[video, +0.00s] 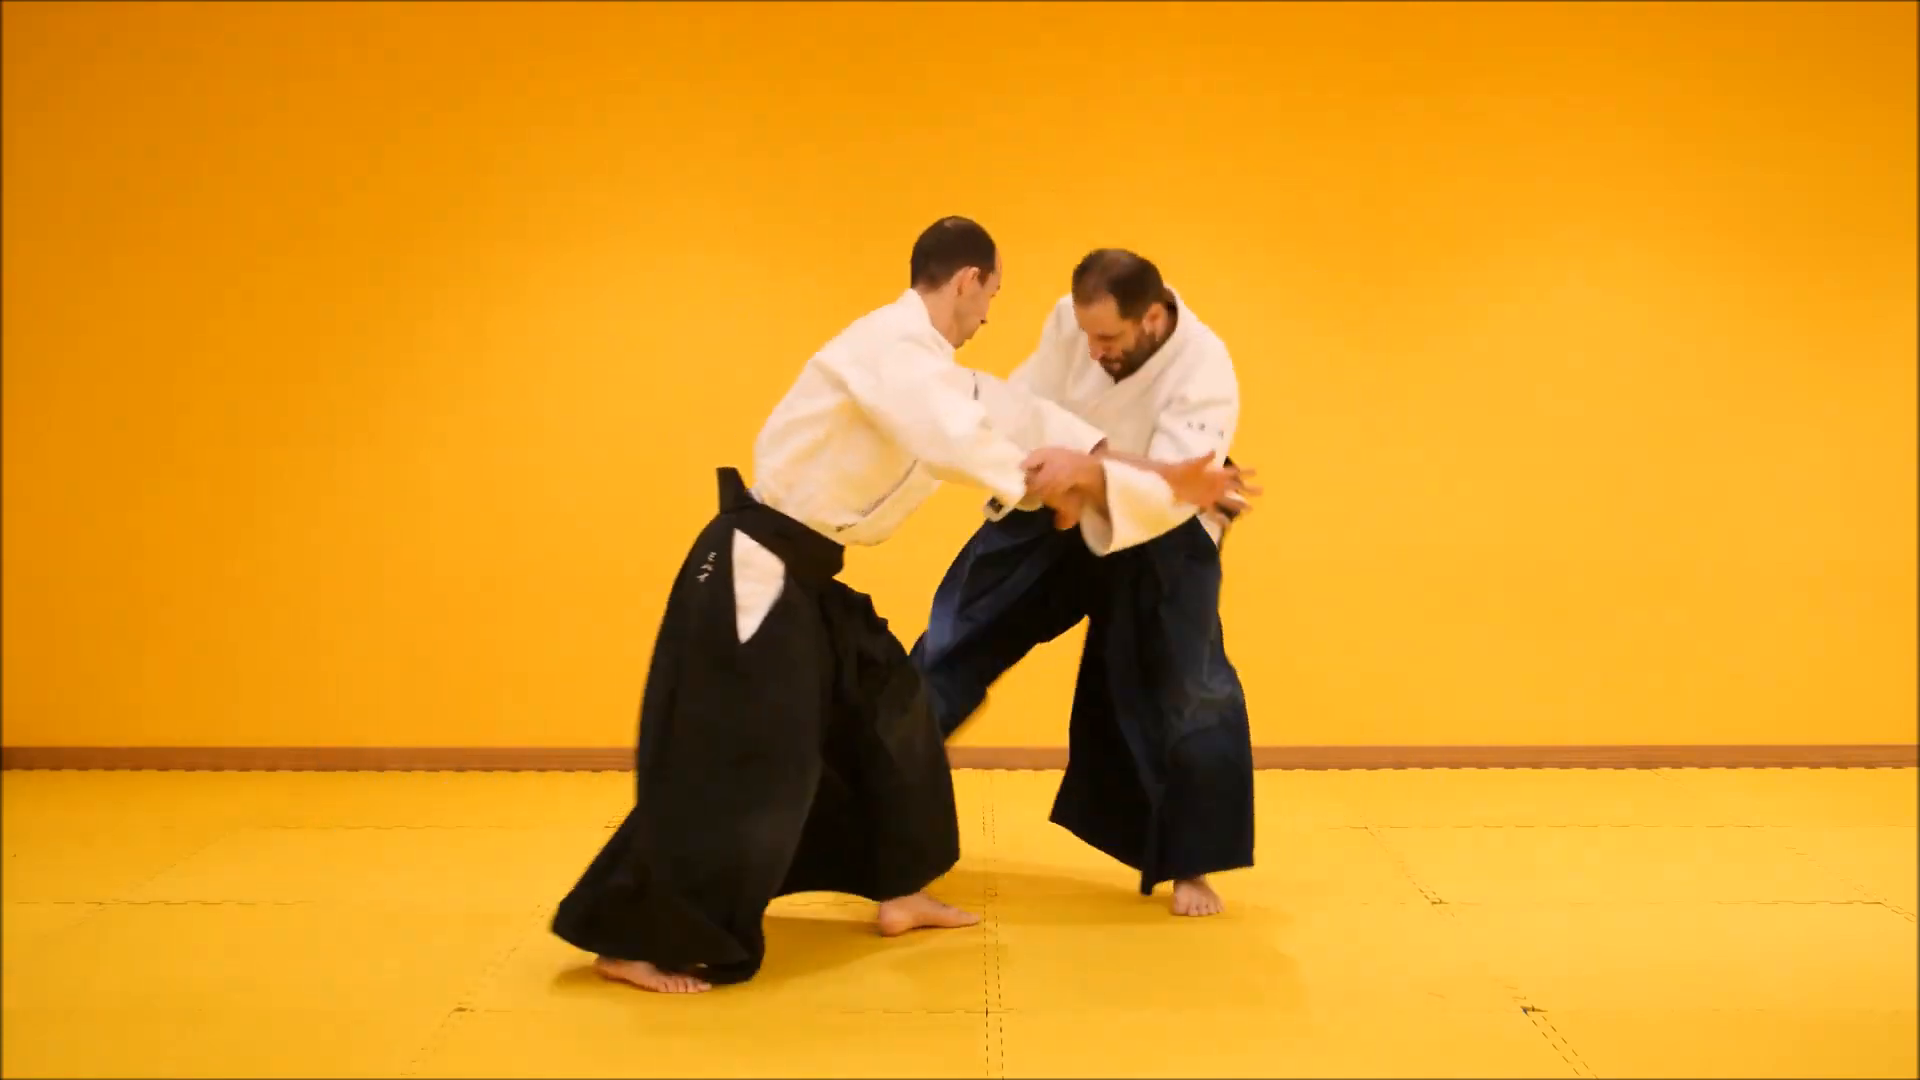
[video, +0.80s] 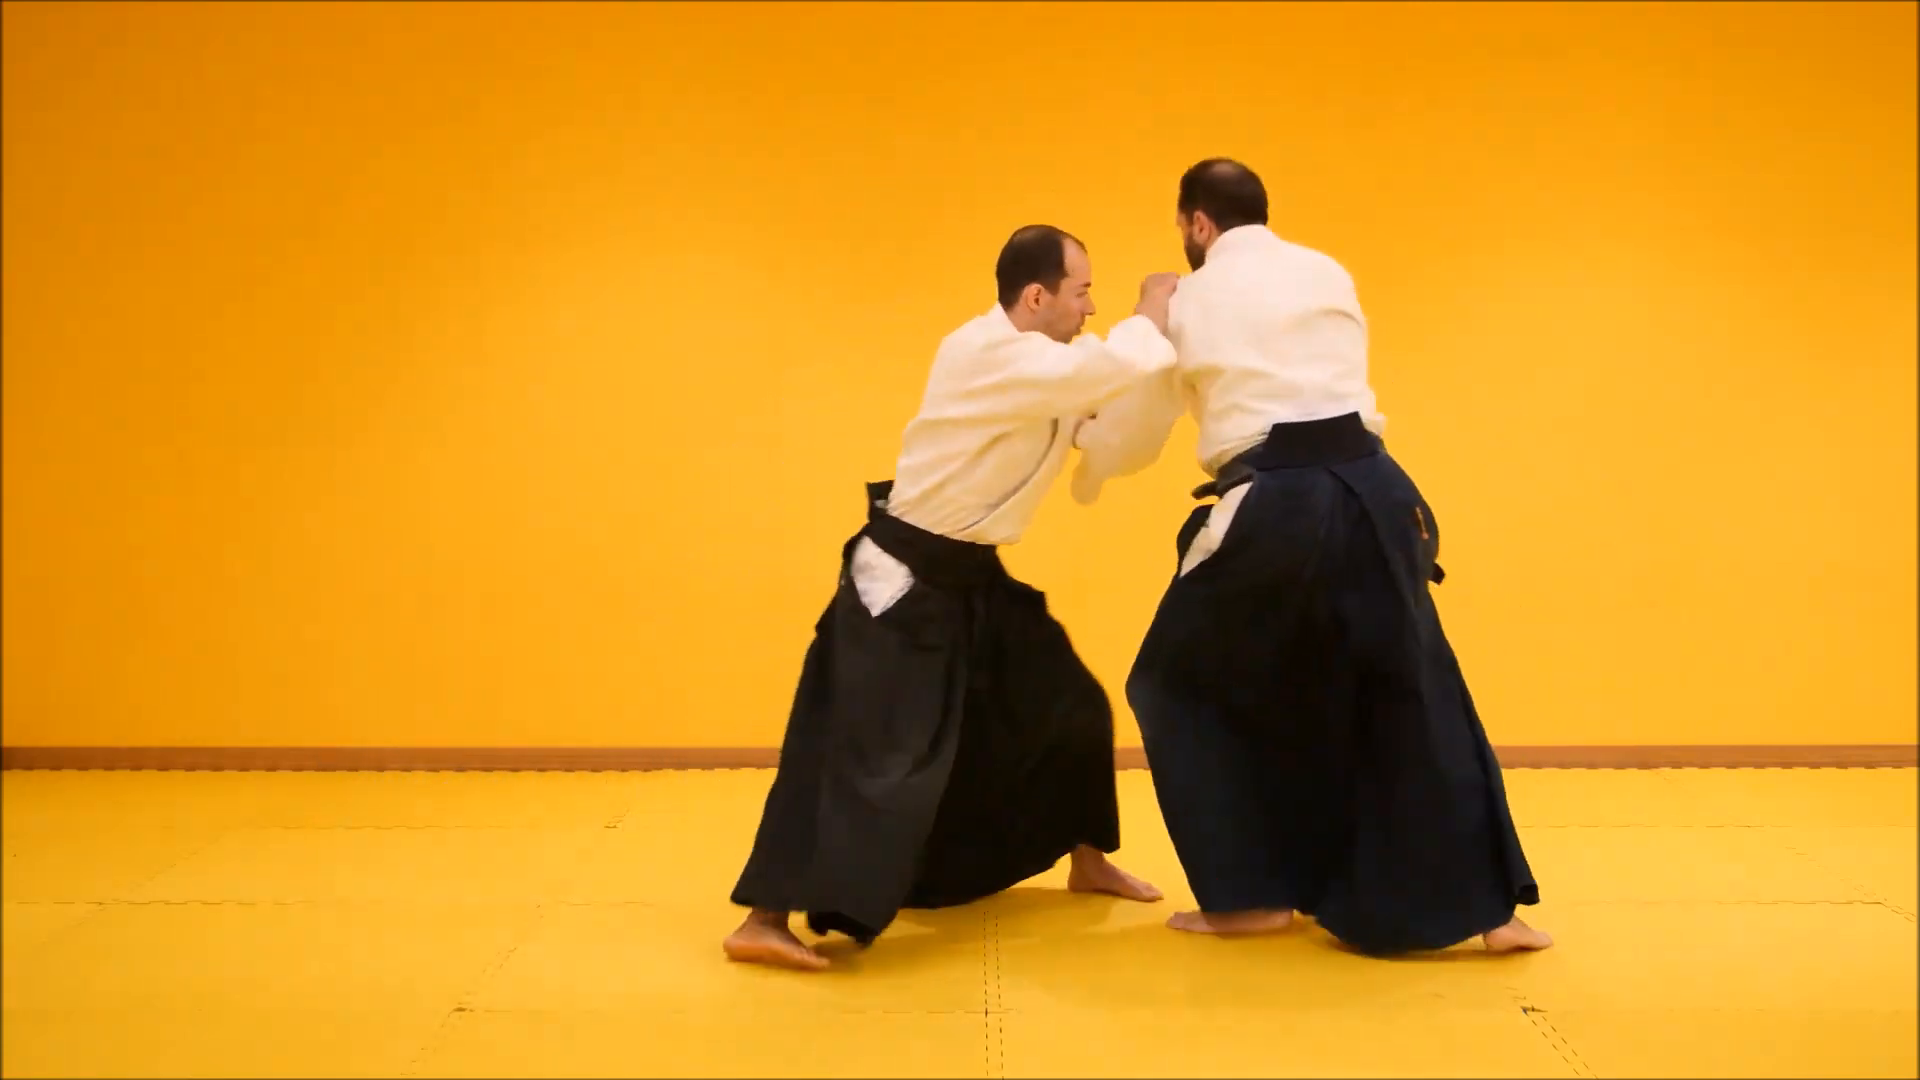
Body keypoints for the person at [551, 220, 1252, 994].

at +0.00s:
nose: (993, 308)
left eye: (993, 295)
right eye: (993, 292)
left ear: (939, 278)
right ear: (966, 282)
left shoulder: (938, 367)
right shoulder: (889, 344)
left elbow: (1047, 435)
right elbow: (958, 440)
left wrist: (1174, 481)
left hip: (807, 578)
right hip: (751, 568)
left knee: (894, 703)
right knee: (742, 755)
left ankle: (899, 893)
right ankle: (639, 937)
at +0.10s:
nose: (981, 322)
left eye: (983, 306)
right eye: (980, 303)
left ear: (933, 287)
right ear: (949, 289)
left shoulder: (929, 382)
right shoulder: (870, 355)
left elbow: (1022, 465)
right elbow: (926, 491)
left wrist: (1130, 547)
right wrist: (1013, 531)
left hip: (782, 578)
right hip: (727, 568)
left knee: (872, 701)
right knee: (750, 756)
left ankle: (866, 891)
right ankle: (661, 935)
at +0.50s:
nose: (1007, 310)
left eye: (1011, 295)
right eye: (1006, 293)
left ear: (957, 283)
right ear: (971, 282)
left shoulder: (937, 352)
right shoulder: (908, 334)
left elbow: (994, 480)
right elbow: (1014, 422)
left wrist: (1064, 576)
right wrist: (1093, 491)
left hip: (816, 563)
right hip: (769, 559)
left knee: (917, 695)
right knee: (845, 736)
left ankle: (876, 877)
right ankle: (762, 934)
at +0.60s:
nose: (1018, 308)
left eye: (1021, 292)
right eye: (1015, 291)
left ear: (963, 286)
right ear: (980, 285)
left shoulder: (956, 353)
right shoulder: (930, 341)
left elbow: (1006, 448)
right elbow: (1045, 386)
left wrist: (1083, 489)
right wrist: (1134, 415)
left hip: (861, 573)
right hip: (810, 572)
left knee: (973, 691)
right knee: (879, 746)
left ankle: (932, 849)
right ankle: (835, 929)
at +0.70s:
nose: (1057, 307)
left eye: (1057, 292)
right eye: (1050, 291)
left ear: (995, 290)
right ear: (1012, 289)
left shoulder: (989, 352)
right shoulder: (975, 347)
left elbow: (1065, 428)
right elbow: (1089, 359)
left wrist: (1169, 427)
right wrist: (1180, 342)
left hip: (904, 581)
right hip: (850, 577)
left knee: (1004, 711)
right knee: (825, 757)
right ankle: (762, 936)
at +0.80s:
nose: (1090, 306)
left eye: (1090, 292)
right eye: (1081, 292)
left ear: (1035, 296)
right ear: (1035, 297)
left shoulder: (1041, 359)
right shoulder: (992, 353)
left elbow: (1111, 441)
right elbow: (1125, 364)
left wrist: (1159, 353)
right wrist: (1151, 312)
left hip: (972, 575)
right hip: (902, 575)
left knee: (1077, 704)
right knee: (851, 741)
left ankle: (1089, 857)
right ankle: (764, 917)